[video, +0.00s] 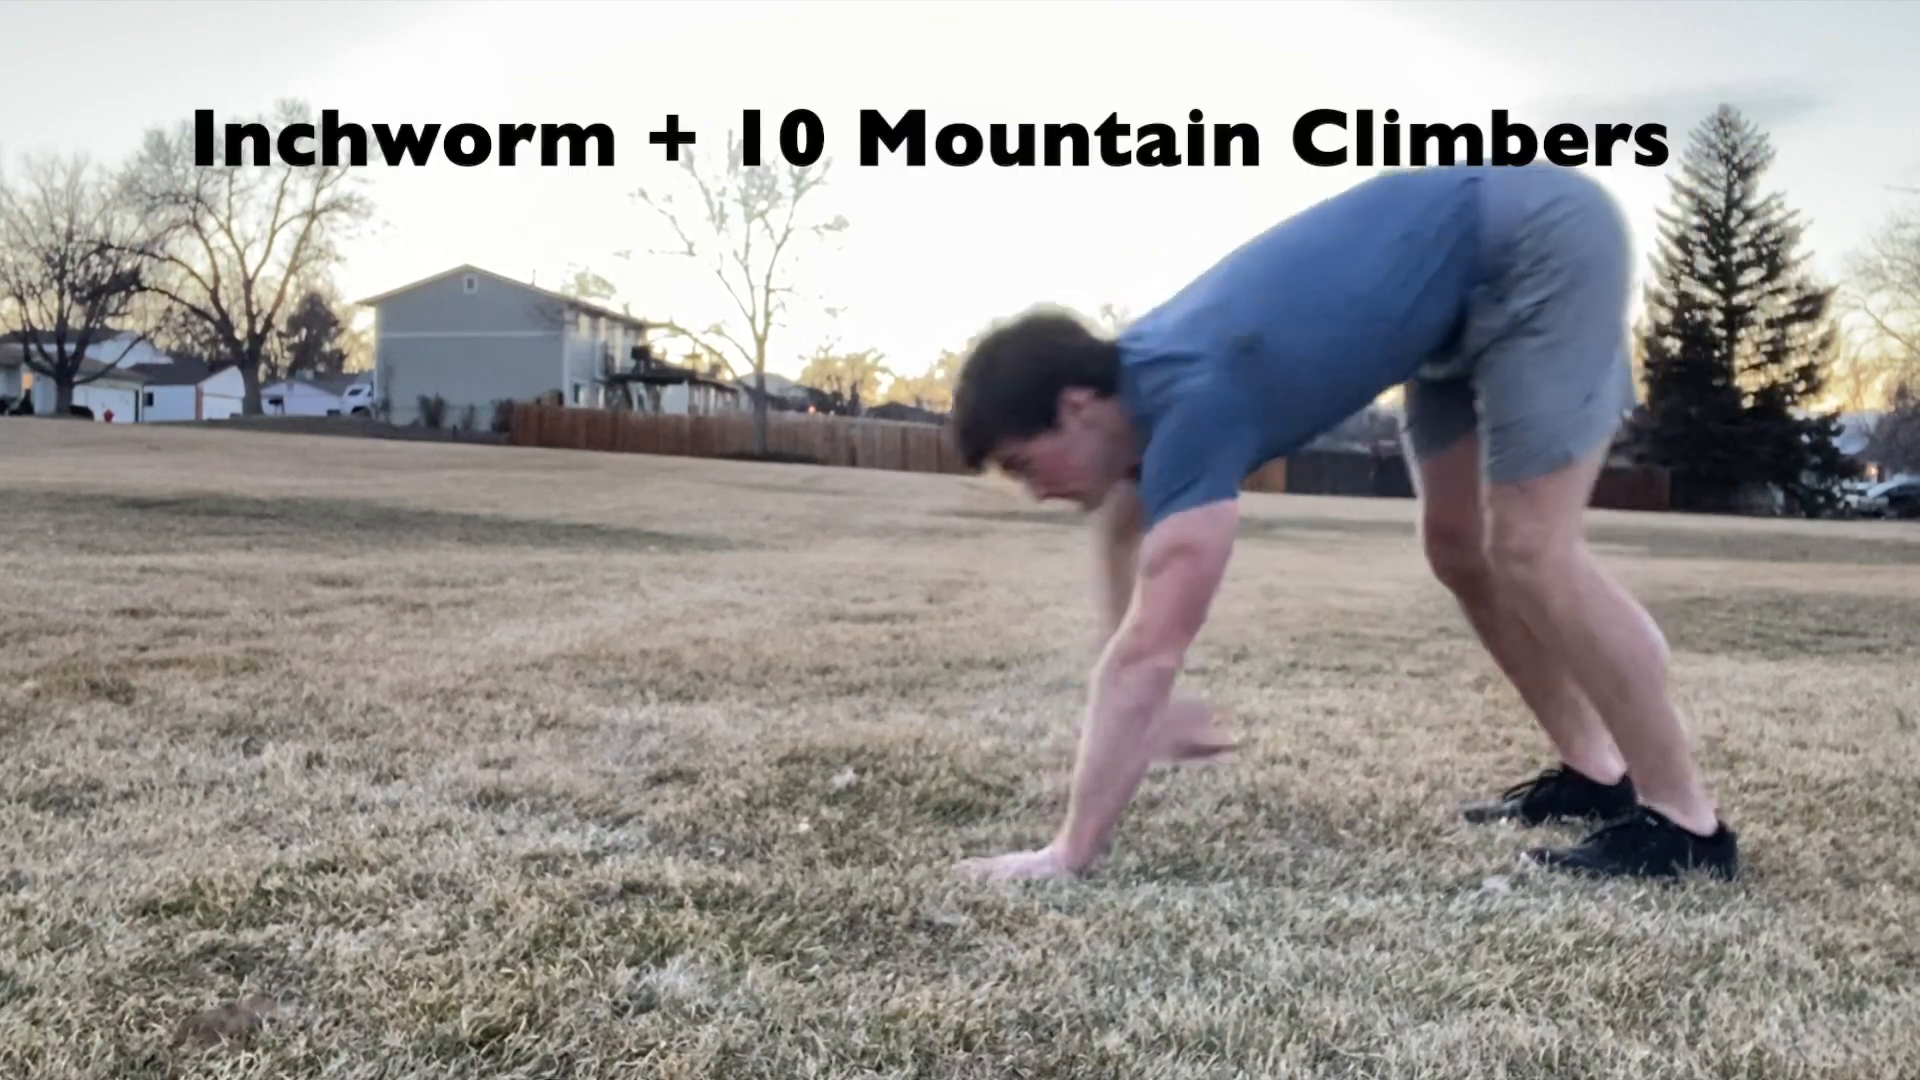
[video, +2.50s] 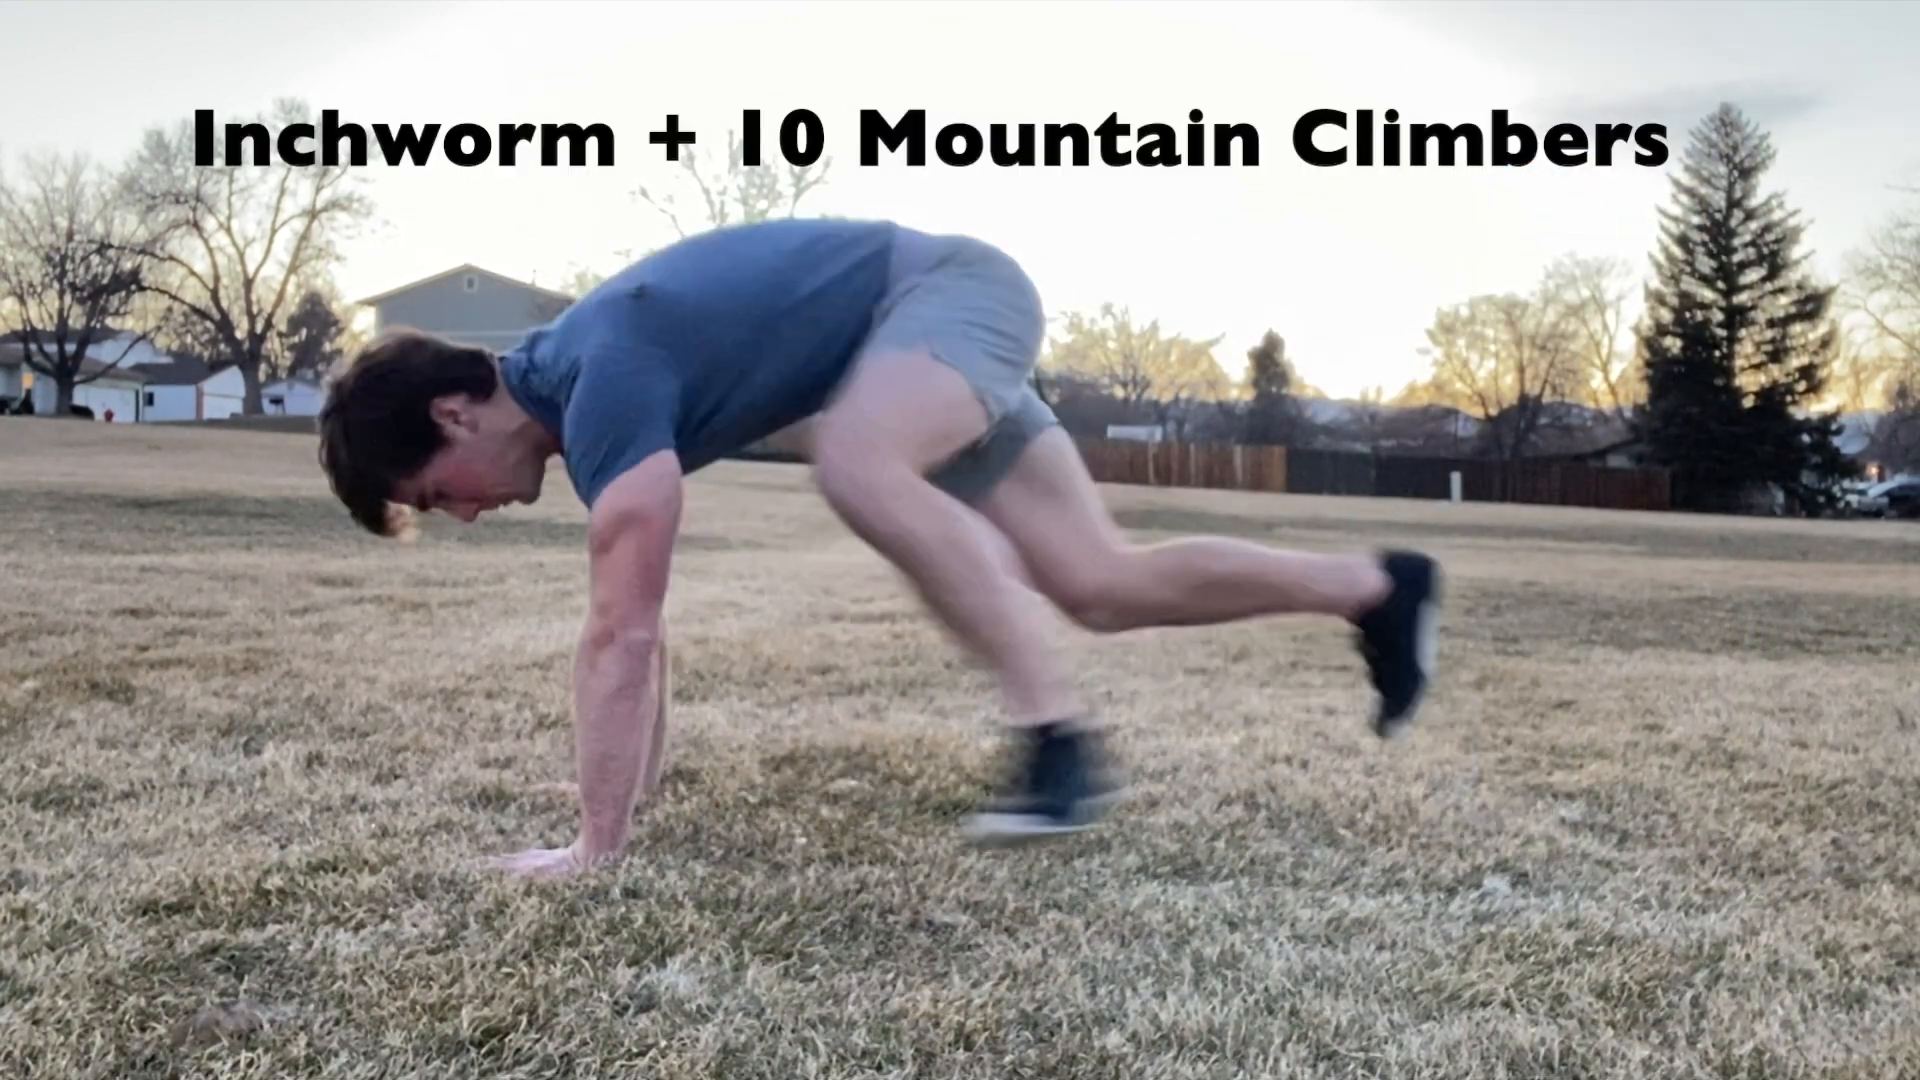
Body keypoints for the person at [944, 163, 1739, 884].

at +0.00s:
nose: (1036, 493)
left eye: (1028, 466)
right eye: (1019, 478)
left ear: (1078, 410)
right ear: (1078, 404)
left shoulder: (1201, 392)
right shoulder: (1135, 381)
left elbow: (1149, 653)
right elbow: (1119, 543)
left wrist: (1072, 849)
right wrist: (1145, 707)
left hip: (1541, 230)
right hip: (1448, 273)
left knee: (1531, 547)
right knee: (1464, 549)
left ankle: (1688, 823)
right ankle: (1598, 777)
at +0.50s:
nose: (609, 465)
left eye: (599, 436)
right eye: (590, 449)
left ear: (648, 374)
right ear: (646, 383)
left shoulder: (804, 372)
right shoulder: (755, 419)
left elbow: (814, 594)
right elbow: (771, 590)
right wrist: (720, 742)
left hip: (1151, 373)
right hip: (1102, 435)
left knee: (1351, 621)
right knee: (1302, 636)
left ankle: (1648, 780)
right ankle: (1554, 737)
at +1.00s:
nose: (524, 448)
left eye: (513, 419)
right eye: (506, 432)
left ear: (557, 359)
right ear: (567, 357)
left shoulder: (689, 376)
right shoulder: (701, 389)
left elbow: (663, 649)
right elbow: (698, 634)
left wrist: (595, 851)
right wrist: (631, 788)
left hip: (1079, 465)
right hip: (1053, 488)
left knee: (1333, 680)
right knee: (1235, 709)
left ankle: (1642, 779)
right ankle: (1508, 734)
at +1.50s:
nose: (506, 472)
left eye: (485, 448)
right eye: (482, 464)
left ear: (516, 376)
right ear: (523, 372)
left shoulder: (651, 372)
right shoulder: (651, 386)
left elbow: (630, 622)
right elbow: (679, 615)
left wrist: (594, 845)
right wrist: (653, 783)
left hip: (1003, 389)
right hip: (1006, 448)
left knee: (726, 458)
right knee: (1226, 642)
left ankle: (761, 819)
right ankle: (1521, 747)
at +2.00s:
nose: (473, 473)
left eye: (452, 450)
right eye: (451, 465)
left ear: (476, 379)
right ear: (488, 376)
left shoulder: (602, 377)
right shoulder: (618, 371)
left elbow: (634, 621)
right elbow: (643, 629)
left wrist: (602, 839)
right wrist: (623, 819)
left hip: (966, 449)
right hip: (911, 445)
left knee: (1216, 663)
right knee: (753, 492)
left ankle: (1515, 733)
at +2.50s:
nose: (459, 512)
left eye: (437, 491)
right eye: (434, 505)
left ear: (458, 415)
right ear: (461, 410)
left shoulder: (605, 371)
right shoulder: (581, 378)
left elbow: (622, 630)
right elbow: (633, 605)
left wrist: (593, 845)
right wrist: (637, 763)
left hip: (949, 289)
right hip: (922, 345)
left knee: (856, 459)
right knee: (1093, 580)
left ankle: (1058, 735)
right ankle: (1378, 588)